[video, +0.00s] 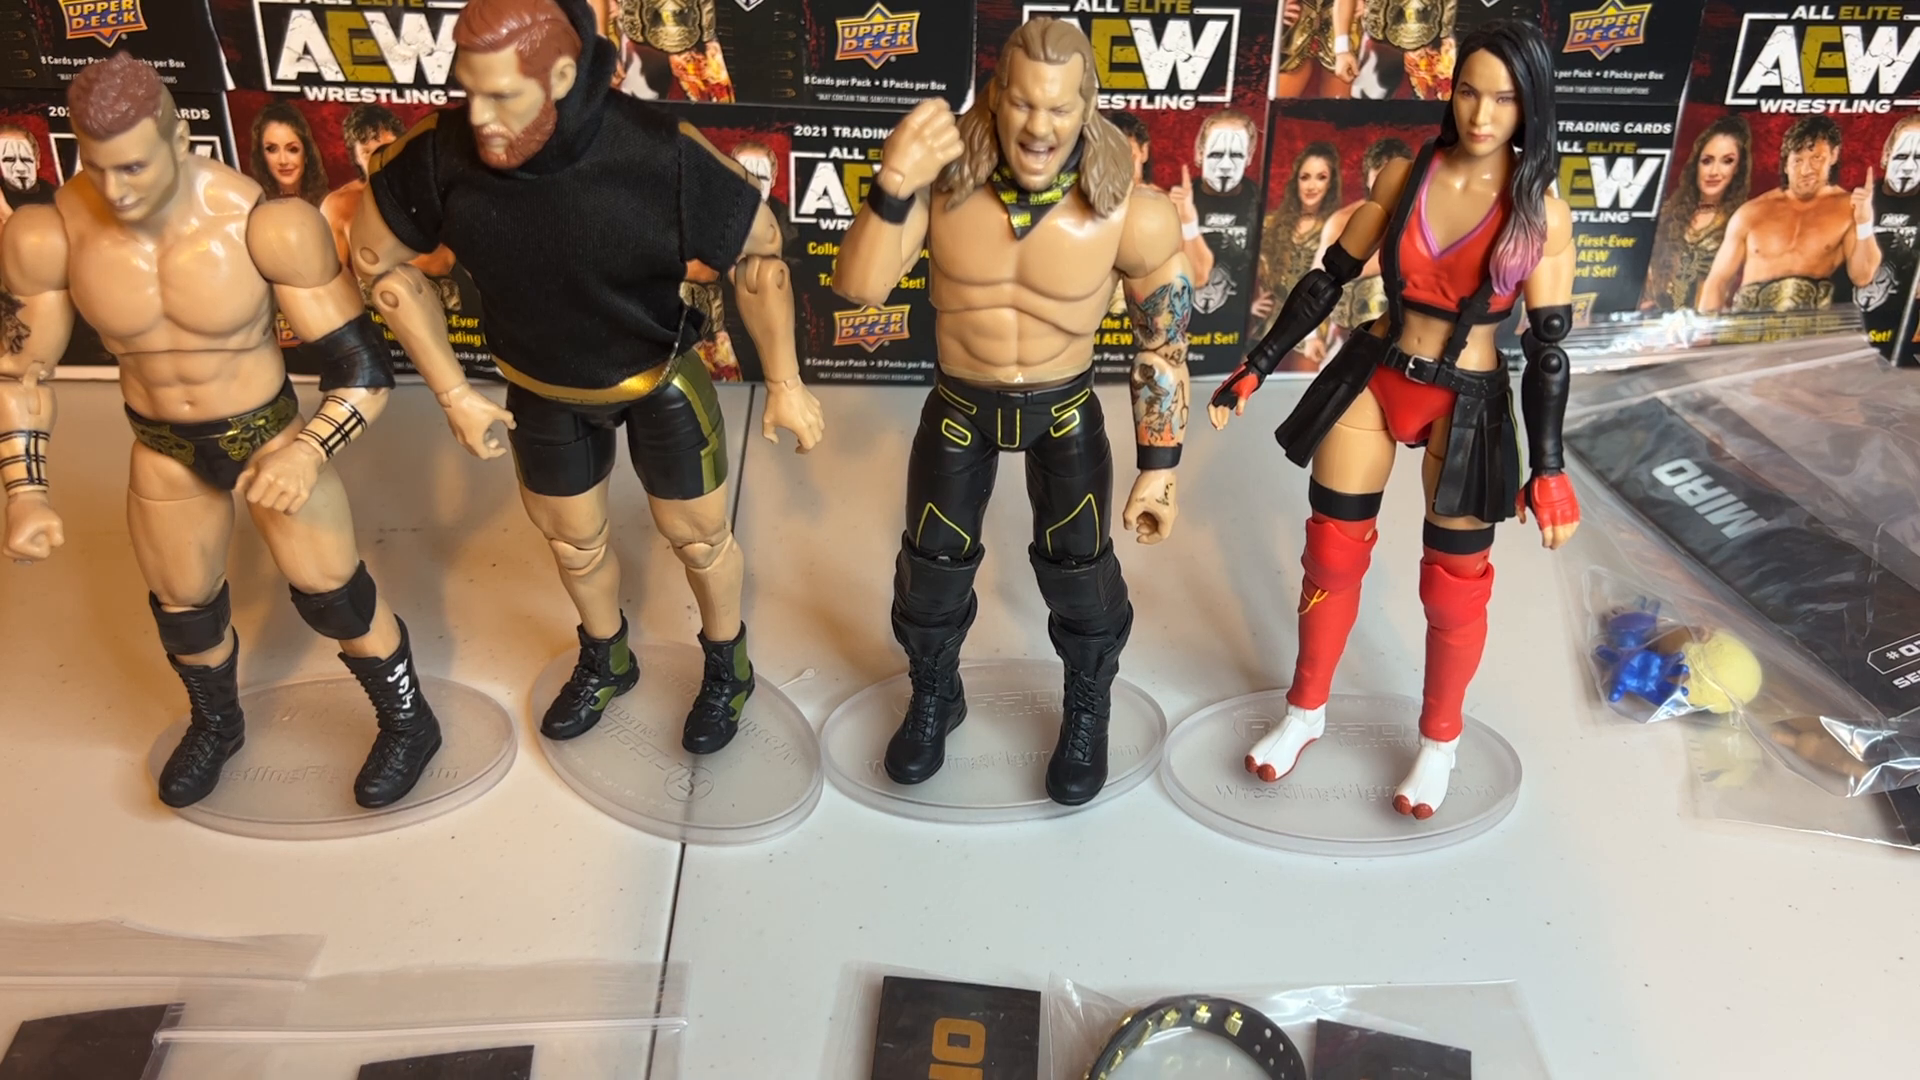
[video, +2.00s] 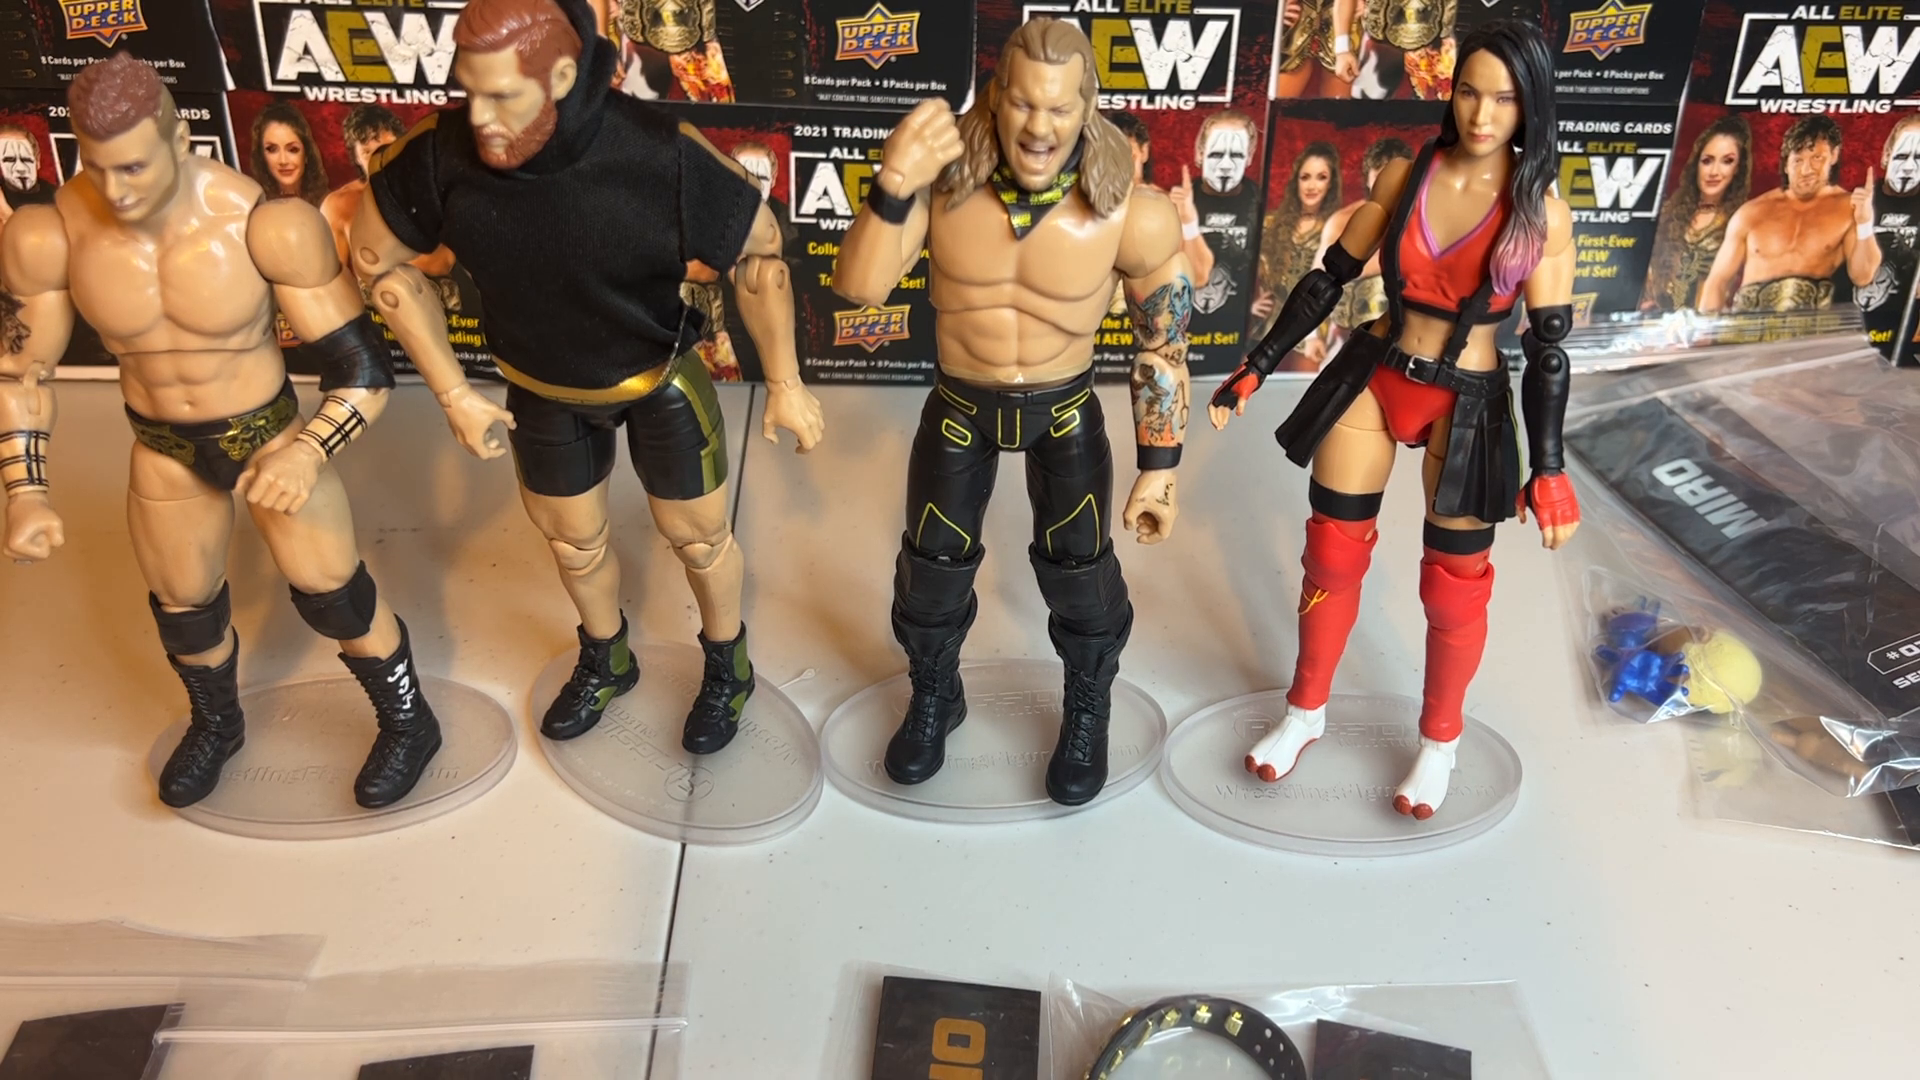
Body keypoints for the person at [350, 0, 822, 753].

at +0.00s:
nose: (481, 119)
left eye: (502, 96)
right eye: (468, 95)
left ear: (564, 76)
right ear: (456, 81)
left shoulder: (653, 155)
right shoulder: (442, 158)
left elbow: (757, 246)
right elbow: (373, 252)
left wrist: (784, 381)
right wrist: (452, 392)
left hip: (661, 382)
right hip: (542, 395)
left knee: (700, 541)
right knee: (575, 547)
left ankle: (726, 667)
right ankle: (607, 661)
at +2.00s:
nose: (481, 119)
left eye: (503, 96)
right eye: (468, 95)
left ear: (564, 77)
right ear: (457, 81)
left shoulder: (653, 156)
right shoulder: (443, 159)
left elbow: (757, 246)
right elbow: (372, 251)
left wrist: (784, 381)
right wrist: (452, 392)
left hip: (661, 382)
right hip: (542, 394)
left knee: (700, 540)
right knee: (575, 545)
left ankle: (726, 666)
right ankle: (607, 660)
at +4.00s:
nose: (481, 119)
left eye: (503, 96)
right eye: (468, 96)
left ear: (565, 77)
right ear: (456, 81)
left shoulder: (653, 155)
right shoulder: (443, 159)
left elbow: (757, 246)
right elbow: (372, 252)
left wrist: (785, 382)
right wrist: (453, 393)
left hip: (662, 382)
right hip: (543, 394)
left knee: (700, 540)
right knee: (575, 546)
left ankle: (726, 666)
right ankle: (607, 660)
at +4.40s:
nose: (482, 118)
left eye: (503, 96)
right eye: (469, 95)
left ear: (564, 76)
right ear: (457, 81)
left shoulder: (654, 155)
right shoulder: (443, 159)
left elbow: (758, 247)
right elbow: (372, 252)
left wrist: (785, 381)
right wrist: (453, 392)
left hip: (662, 381)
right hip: (544, 393)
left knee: (700, 539)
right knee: (576, 546)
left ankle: (726, 666)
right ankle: (607, 660)